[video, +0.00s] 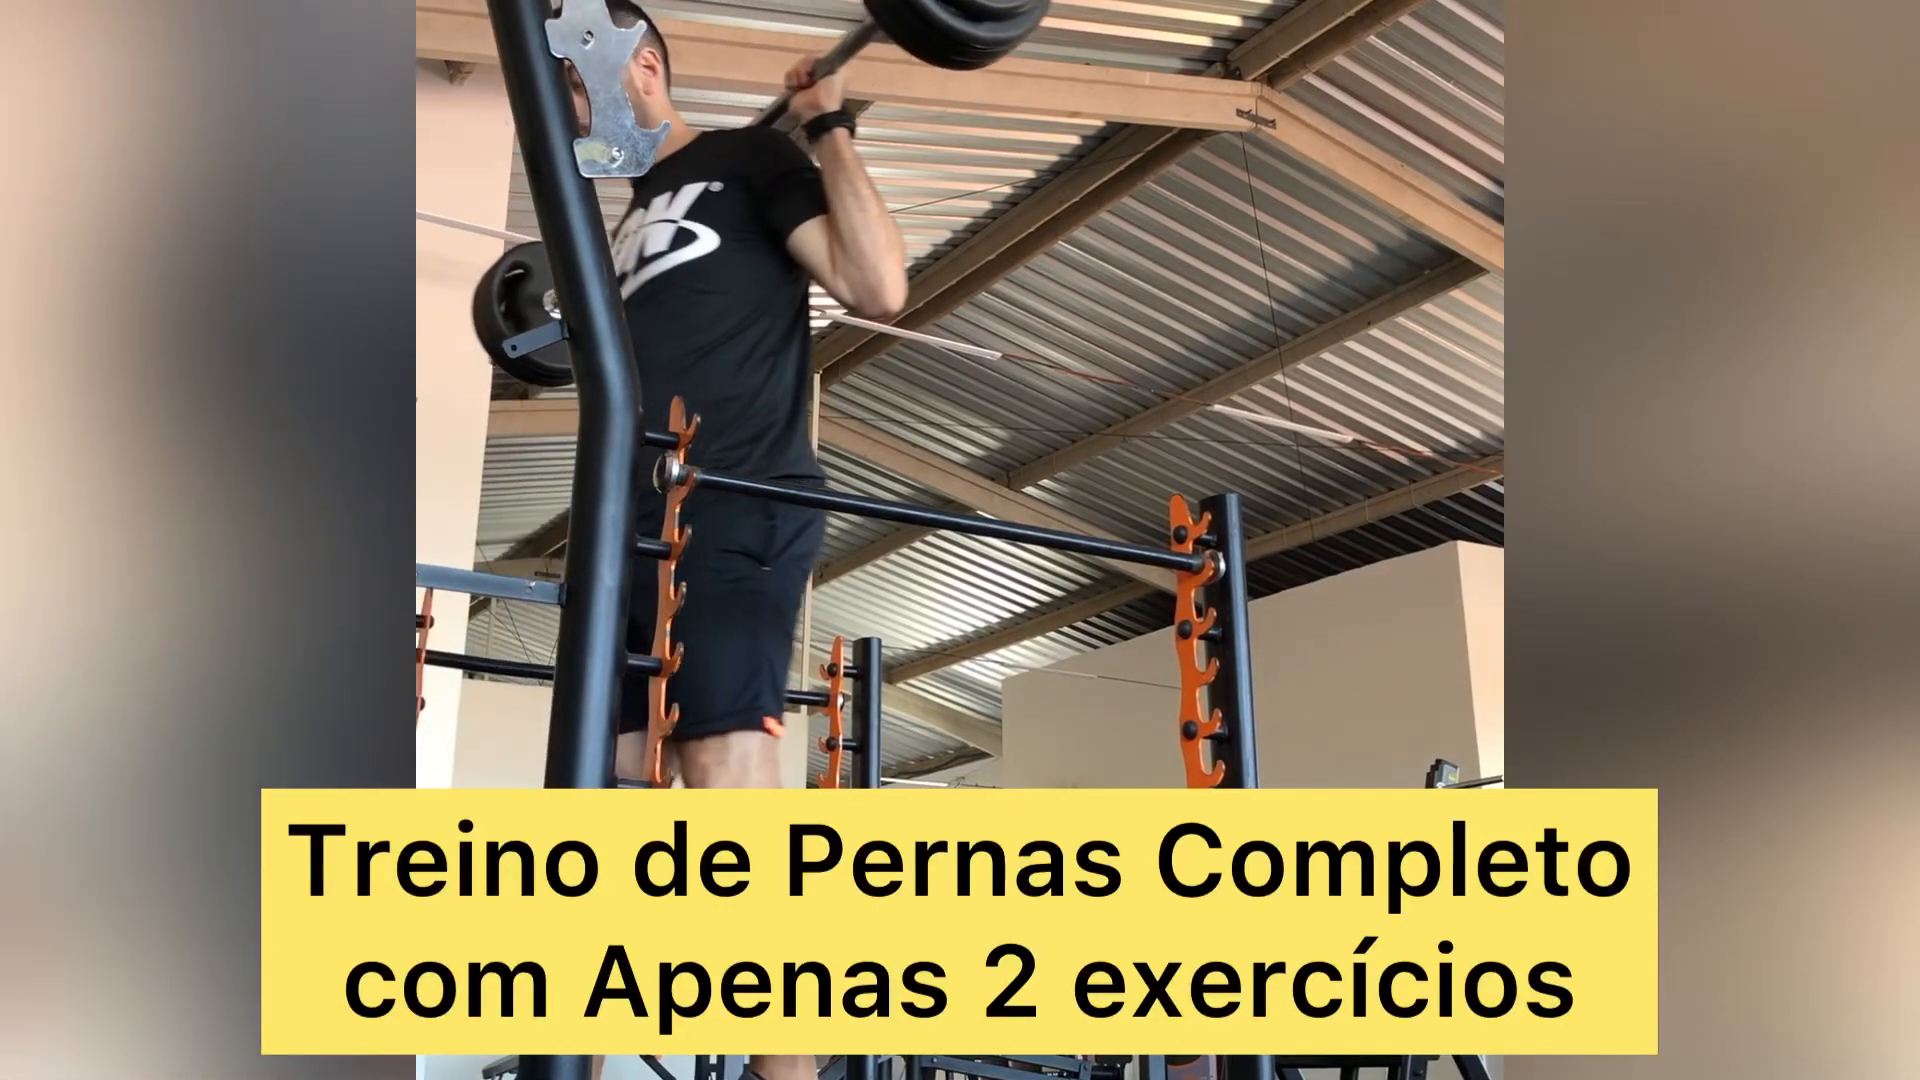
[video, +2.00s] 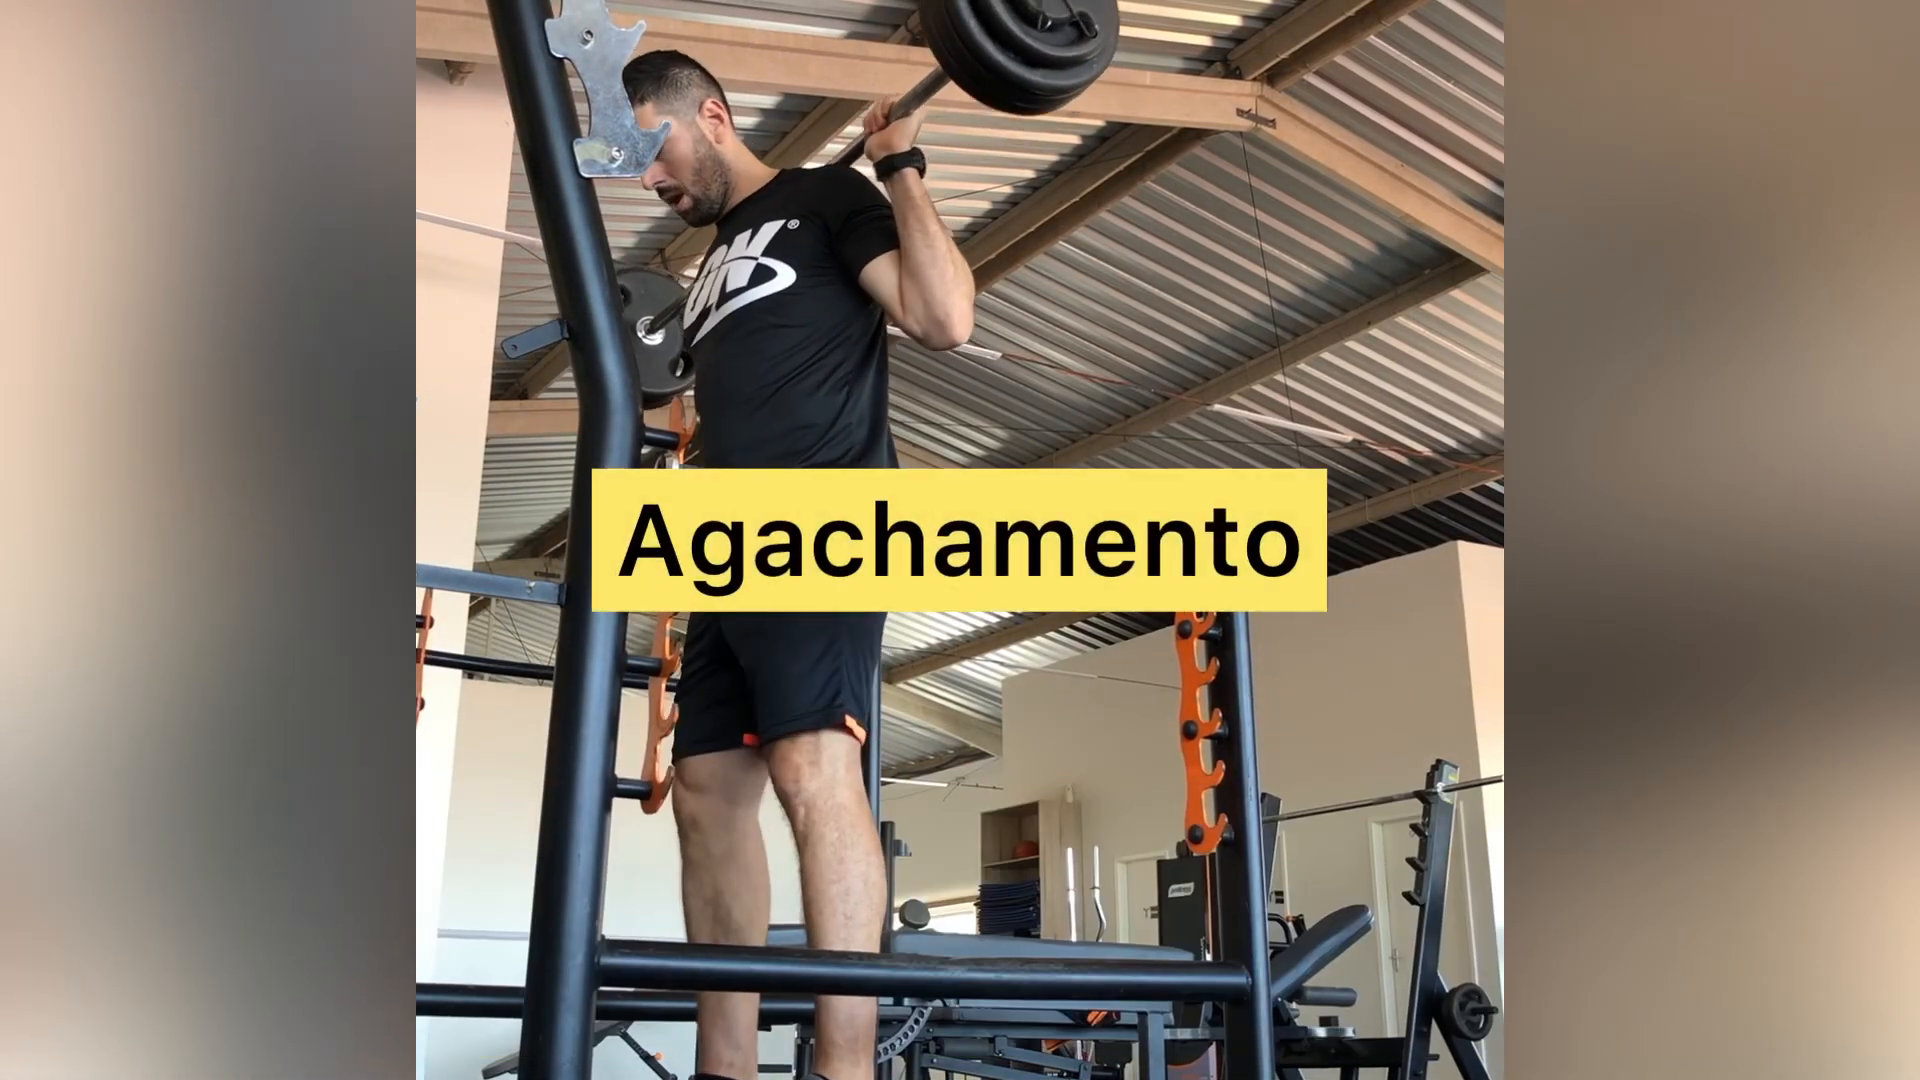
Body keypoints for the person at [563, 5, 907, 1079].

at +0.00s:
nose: (582, 95)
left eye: (600, 66)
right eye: (566, 76)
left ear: (652, 68)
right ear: (569, 95)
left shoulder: (748, 154)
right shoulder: (601, 217)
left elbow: (879, 293)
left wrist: (831, 135)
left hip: (743, 497)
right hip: (630, 503)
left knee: (726, 775)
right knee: (623, 769)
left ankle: (783, 1055)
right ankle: (609, 1046)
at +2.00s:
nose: (650, 178)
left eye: (654, 148)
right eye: (637, 160)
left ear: (714, 116)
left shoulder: (828, 193)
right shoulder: (708, 268)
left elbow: (946, 322)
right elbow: (704, 417)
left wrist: (904, 173)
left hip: (822, 527)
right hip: (721, 541)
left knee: (815, 764)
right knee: (706, 788)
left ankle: (848, 1065)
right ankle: (727, 1066)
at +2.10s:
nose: (644, 186)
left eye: (649, 157)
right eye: (631, 169)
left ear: (710, 122)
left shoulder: (820, 197)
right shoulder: (700, 274)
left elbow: (940, 323)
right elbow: (702, 437)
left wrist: (896, 180)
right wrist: (677, 587)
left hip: (818, 529)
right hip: (720, 545)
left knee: (807, 765)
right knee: (710, 787)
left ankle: (847, 1065)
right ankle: (727, 1066)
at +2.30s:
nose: (633, 199)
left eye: (636, 169)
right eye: (619, 182)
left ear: (695, 132)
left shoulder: (814, 208)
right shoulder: (699, 282)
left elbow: (940, 328)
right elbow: (725, 432)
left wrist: (888, 186)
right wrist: (678, 431)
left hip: (825, 528)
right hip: (736, 542)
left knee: (782, 757)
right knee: (720, 792)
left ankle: (841, 1059)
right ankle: (730, 1067)